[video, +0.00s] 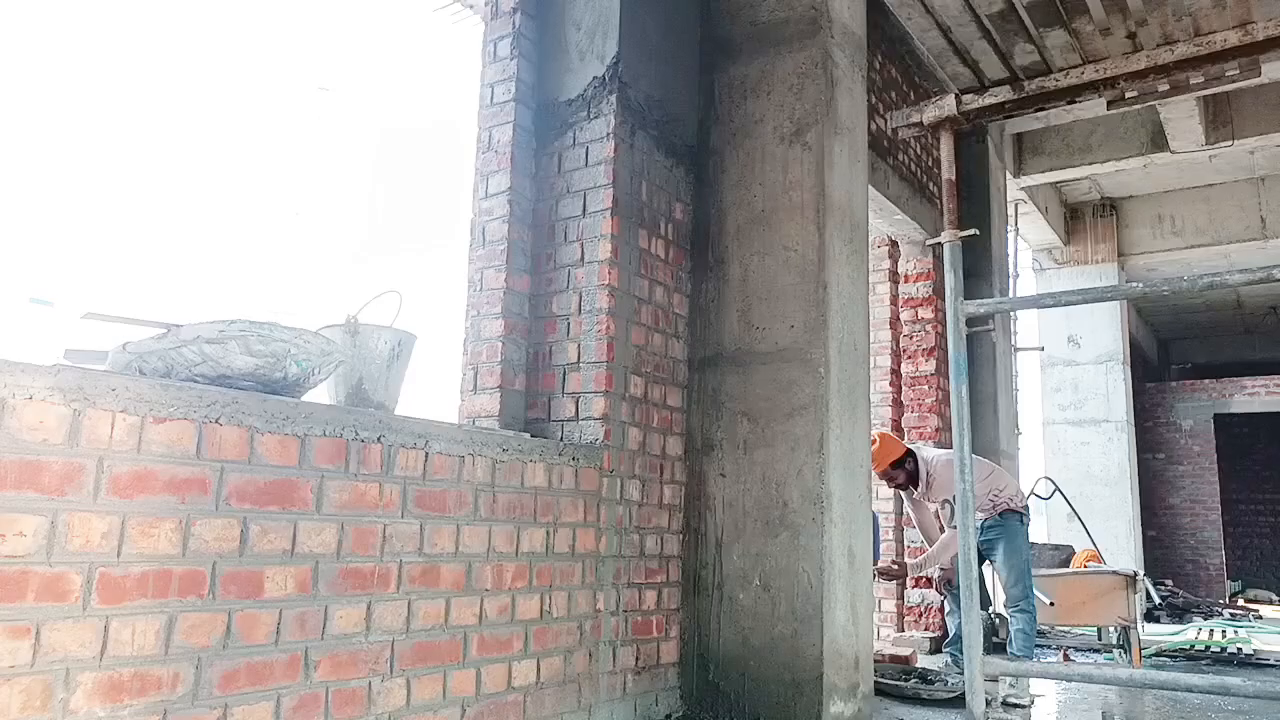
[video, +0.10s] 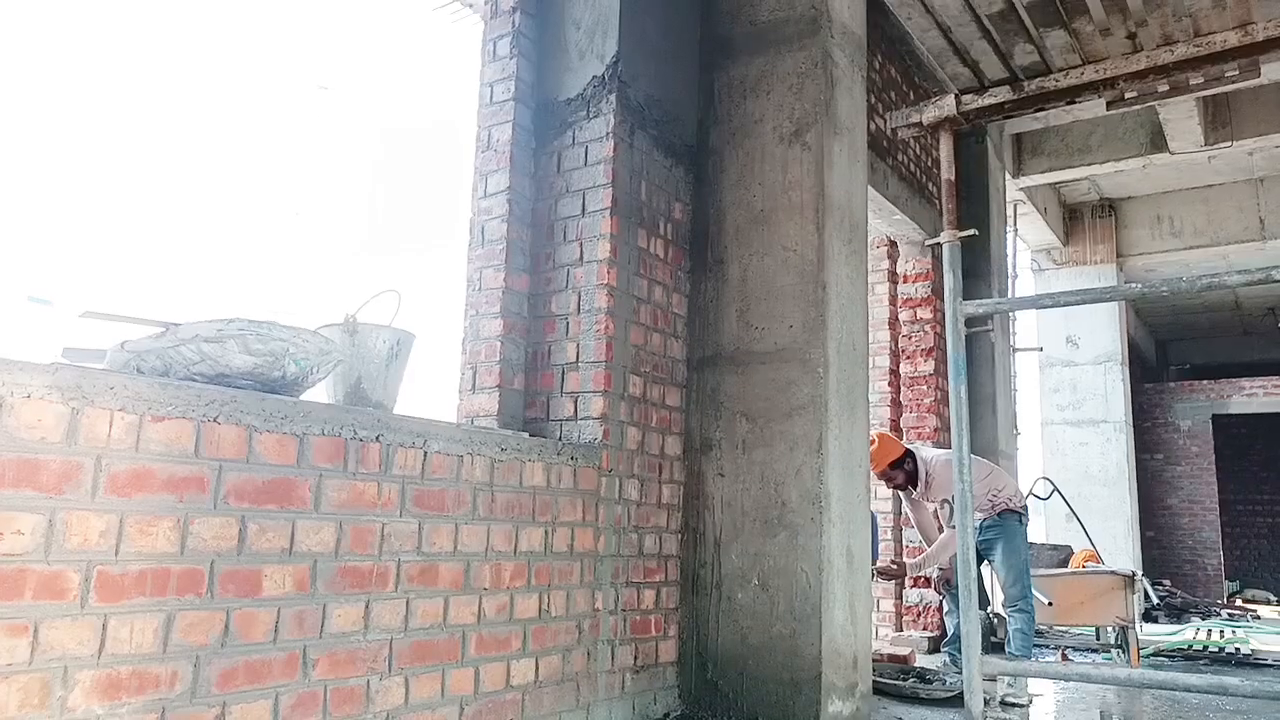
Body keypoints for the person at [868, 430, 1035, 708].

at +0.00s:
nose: (891, 483)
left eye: (892, 474)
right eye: (885, 478)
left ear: (907, 461)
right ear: (882, 475)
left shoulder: (942, 467)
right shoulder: (908, 483)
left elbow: (959, 530)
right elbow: (927, 524)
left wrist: (913, 567)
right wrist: (945, 563)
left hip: (1004, 515)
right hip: (966, 524)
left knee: (1017, 598)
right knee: (954, 588)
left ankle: (1018, 678)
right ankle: (959, 666)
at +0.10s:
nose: (889, 484)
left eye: (890, 476)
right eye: (883, 479)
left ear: (906, 462)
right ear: (882, 474)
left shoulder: (941, 468)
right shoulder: (906, 483)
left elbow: (955, 531)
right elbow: (925, 524)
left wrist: (912, 567)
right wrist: (944, 563)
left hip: (1002, 515)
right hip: (964, 525)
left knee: (1016, 598)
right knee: (952, 588)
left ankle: (1016, 676)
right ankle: (957, 665)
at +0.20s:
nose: (889, 481)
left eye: (890, 473)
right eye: (883, 476)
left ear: (906, 459)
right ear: (882, 472)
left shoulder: (941, 465)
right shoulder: (906, 479)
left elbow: (956, 528)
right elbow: (925, 520)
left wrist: (912, 564)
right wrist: (944, 560)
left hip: (1003, 512)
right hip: (964, 521)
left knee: (1016, 595)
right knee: (952, 584)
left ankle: (1016, 673)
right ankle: (957, 661)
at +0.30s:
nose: (890, 484)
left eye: (891, 476)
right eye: (884, 479)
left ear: (906, 461)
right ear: (882, 474)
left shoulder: (941, 466)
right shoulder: (907, 480)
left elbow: (955, 530)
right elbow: (924, 522)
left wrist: (912, 566)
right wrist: (944, 561)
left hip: (1002, 514)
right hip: (965, 523)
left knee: (1015, 597)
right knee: (952, 586)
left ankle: (1016, 676)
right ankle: (957, 664)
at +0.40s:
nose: (890, 484)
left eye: (891, 476)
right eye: (885, 479)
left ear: (907, 461)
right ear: (883, 474)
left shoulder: (941, 466)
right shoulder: (906, 480)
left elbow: (955, 530)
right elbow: (924, 520)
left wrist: (912, 565)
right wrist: (943, 561)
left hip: (1003, 512)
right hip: (964, 521)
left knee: (1015, 596)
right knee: (952, 585)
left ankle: (1016, 674)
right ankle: (957, 663)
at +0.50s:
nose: (892, 484)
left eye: (893, 476)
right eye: (886, 479)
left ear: (909, 461)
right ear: (884, 474)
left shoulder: (942, 464)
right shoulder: (906, 479)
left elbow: (957, 529)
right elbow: (925, 520)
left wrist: (913, 564)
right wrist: (943, 561)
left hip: (1004, 508)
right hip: (969, 518)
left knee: (1008, 592)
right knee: (950, 580)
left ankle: (1015, 671)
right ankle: (958, 660)